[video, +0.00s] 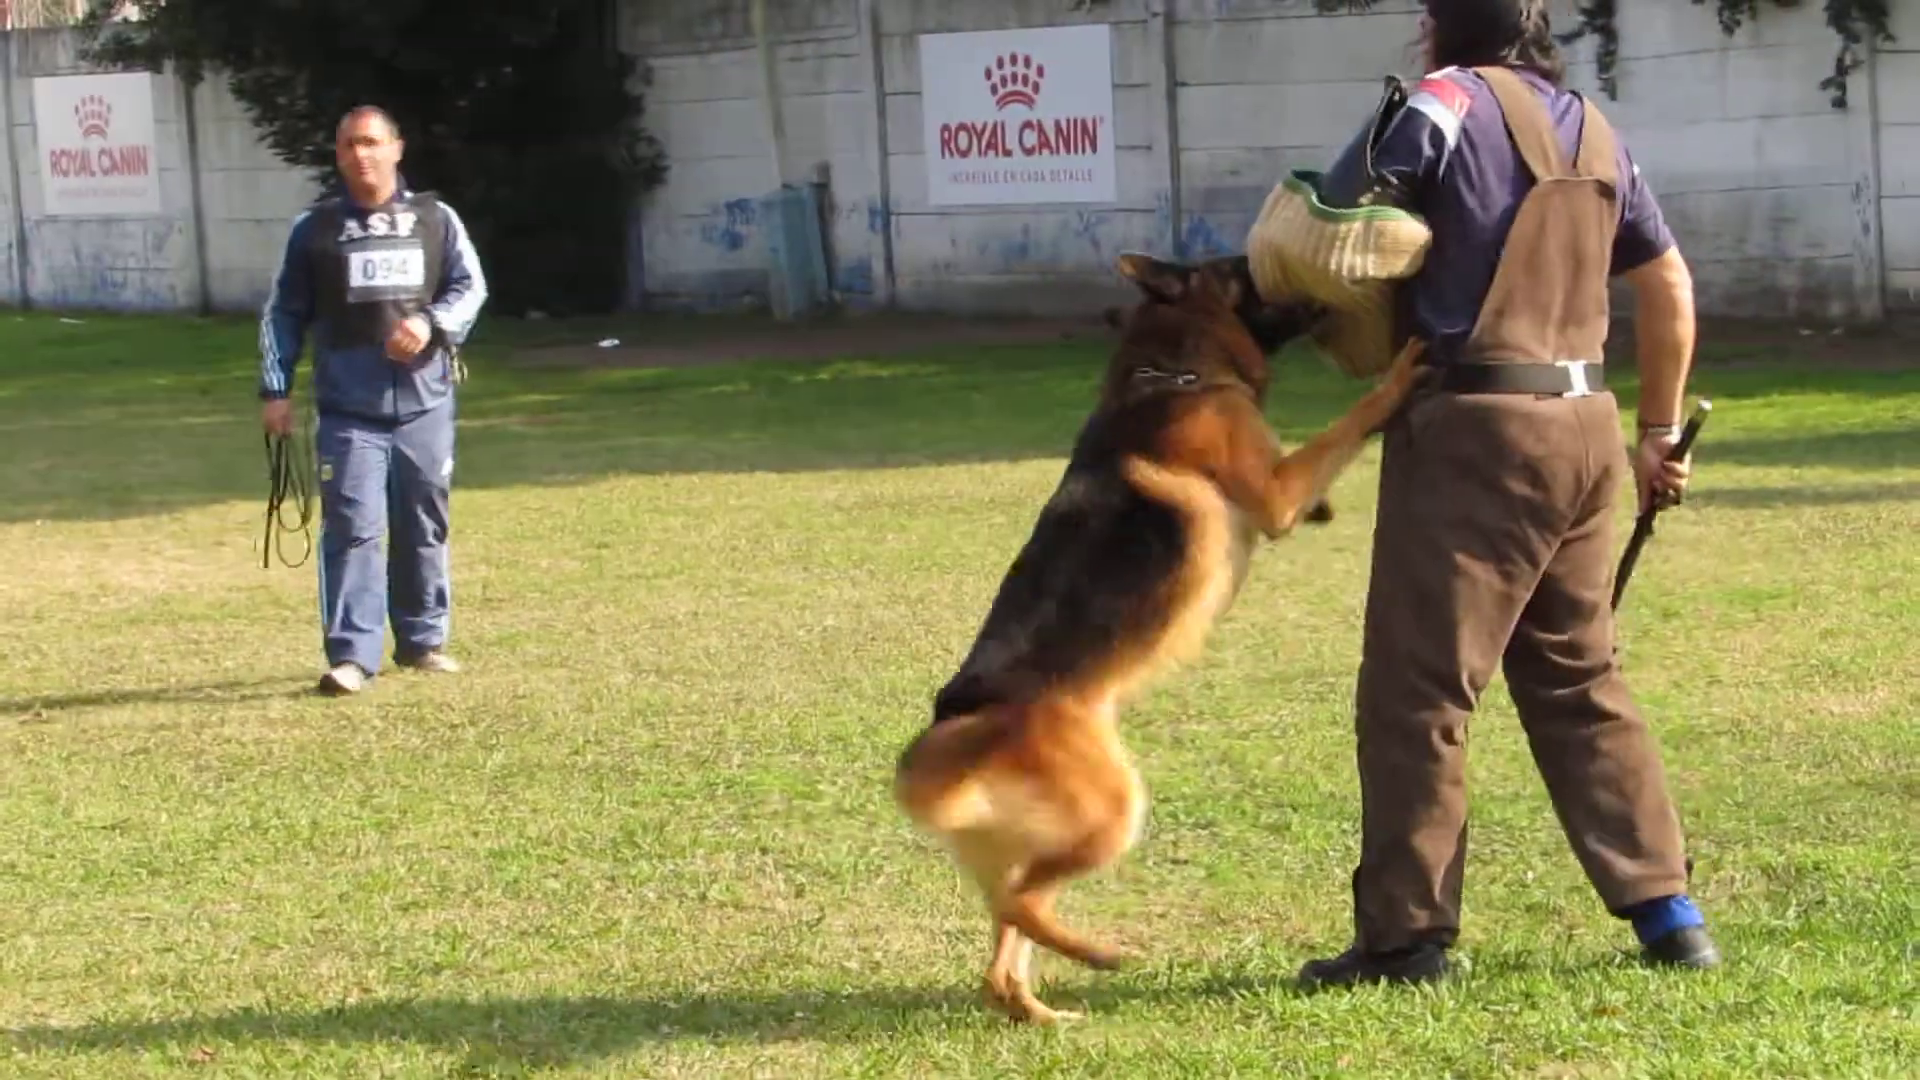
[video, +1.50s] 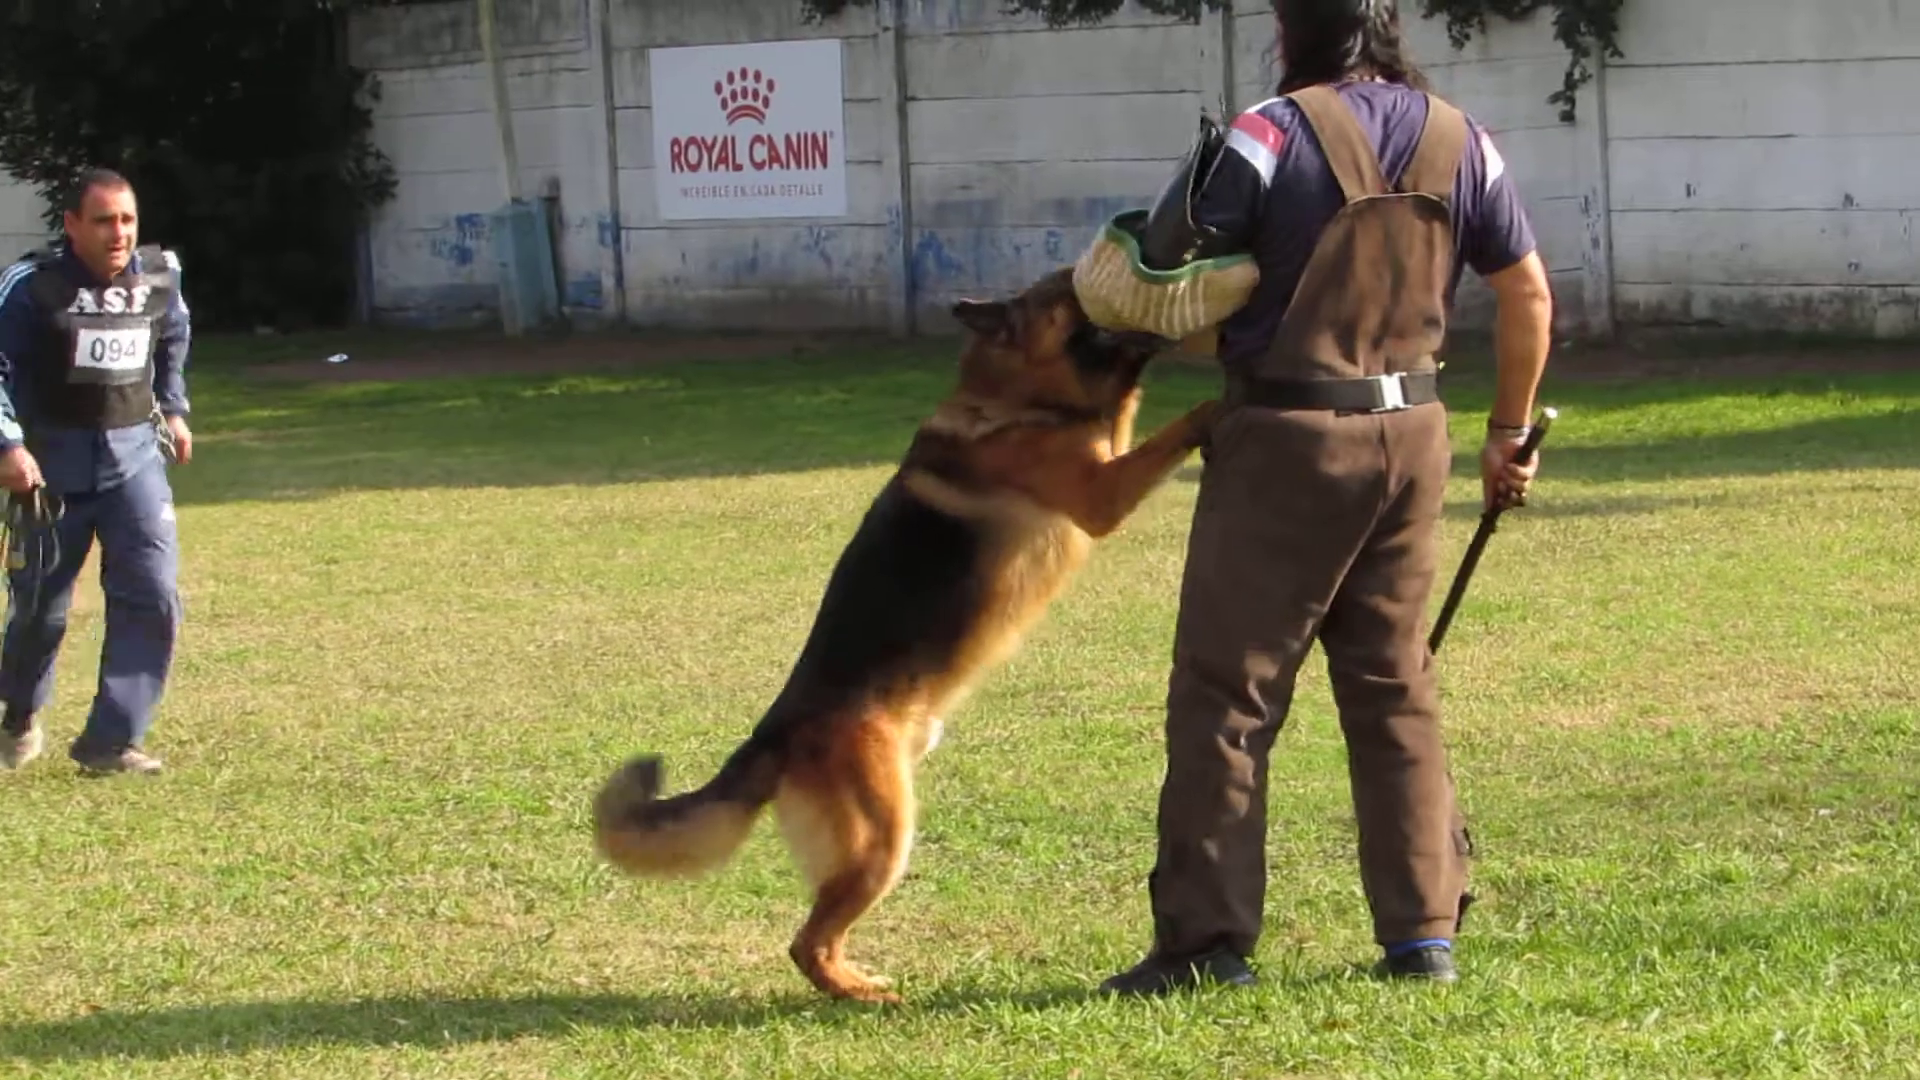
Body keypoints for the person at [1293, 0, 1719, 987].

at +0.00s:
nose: (1419, 38)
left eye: (1424, 25)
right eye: (1422, 28)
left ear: (1450, 26)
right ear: (1531, 32)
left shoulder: (1444, 99)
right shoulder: (1595, 131)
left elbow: (1364, 233)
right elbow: (1666, 285)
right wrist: (1662, 431)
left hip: (1474, 425)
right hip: (1585, 422)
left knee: (1418, 687)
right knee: (1577, 674)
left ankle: (1405, 941)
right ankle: (1666, 912)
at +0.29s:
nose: (1493, 29)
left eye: (1498, 19)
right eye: (1499, 21)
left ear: (1515, 27)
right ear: (1600, 29)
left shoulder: (1493, 98)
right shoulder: (1665, 132)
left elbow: (1386, 230)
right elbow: (1741, 284)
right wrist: (1744, 427)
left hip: (1529, 431)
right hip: (1644, 426)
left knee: (1458, 685)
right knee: (1632, 677)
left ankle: (1413, 935)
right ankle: (1689, 918)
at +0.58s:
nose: (1522, 31)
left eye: (1526, 21)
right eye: (1527, 22)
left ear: (1549, 25)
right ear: (1634, 26)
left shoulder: (1528, 96)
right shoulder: (1701, 127)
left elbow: (1421, 216)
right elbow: (1770, 282)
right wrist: (1762, 423)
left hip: (1546, 428)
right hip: (1668, 427)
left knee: (1471, 679)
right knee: (1638, 675)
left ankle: (1431, 928)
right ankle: (1661, 922)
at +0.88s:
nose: (1418, 37)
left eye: (1421, 25)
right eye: (1423, 25)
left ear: (1439, 29)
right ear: (1530, 27)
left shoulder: (1408, 115)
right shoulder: (1600, 130)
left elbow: (1305, 235)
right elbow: (1674, 292)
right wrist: (1667, 429)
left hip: (1424, 428)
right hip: (1555, 430)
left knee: (1369, 685)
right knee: (1532, 682)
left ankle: (1330, 935)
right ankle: (1546, 931)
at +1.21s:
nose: (1342, 46)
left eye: (1346, 31)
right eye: (1347, 31)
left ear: (1362, 36)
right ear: (1457, 36)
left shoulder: (1333, 129)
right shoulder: (1531, 133)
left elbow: (1242, 282)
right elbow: (1608, 285)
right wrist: (1612, 427)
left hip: (1360, 444)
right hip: (1491, 441)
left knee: (1300, 689)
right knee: (1475, 688)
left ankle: (1270, 938)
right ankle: (1489, 932)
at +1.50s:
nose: (1276, 41)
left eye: (1280, 29)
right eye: (1282, 28)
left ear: (1295, 38)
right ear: (1386, 36)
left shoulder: (1273, 129)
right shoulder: (1461, 138)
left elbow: (1176, 262)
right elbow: (1529, 296)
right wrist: (1512, 430)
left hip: (1290, 444)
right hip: (1415, 440)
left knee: (1227, 693)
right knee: (1395, 682)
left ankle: (1204, 944)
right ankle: (1424, 933)